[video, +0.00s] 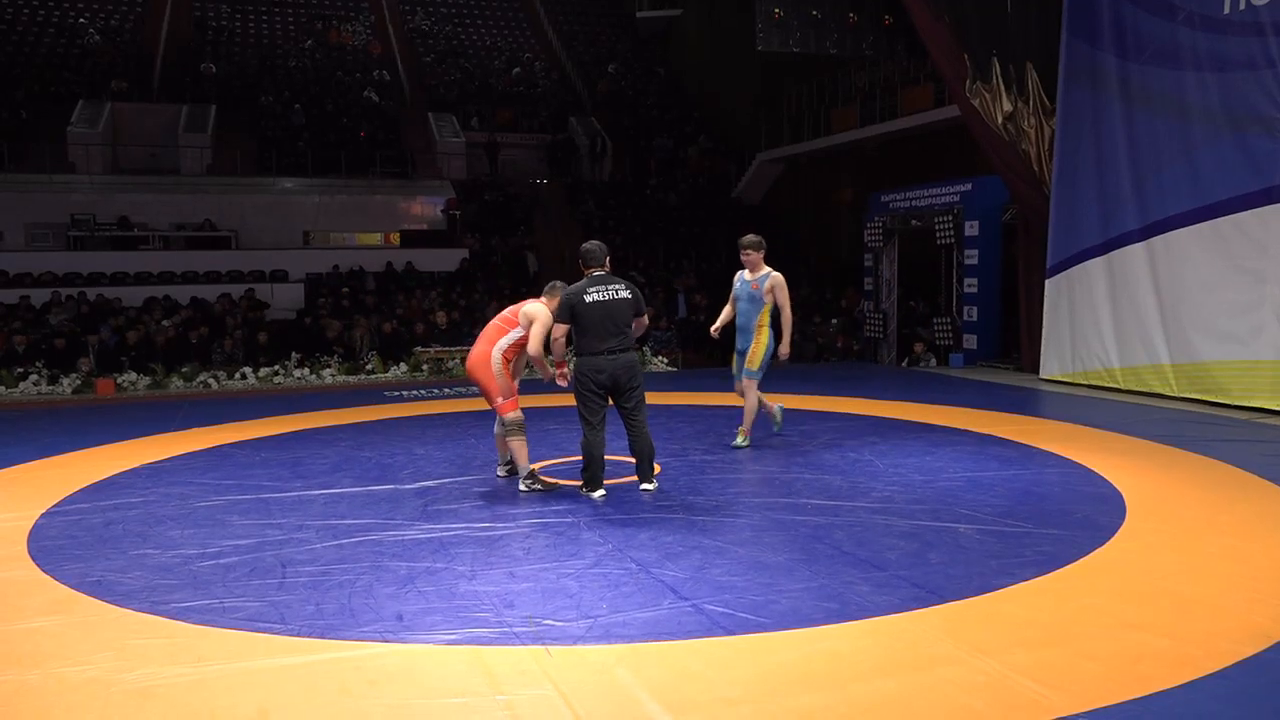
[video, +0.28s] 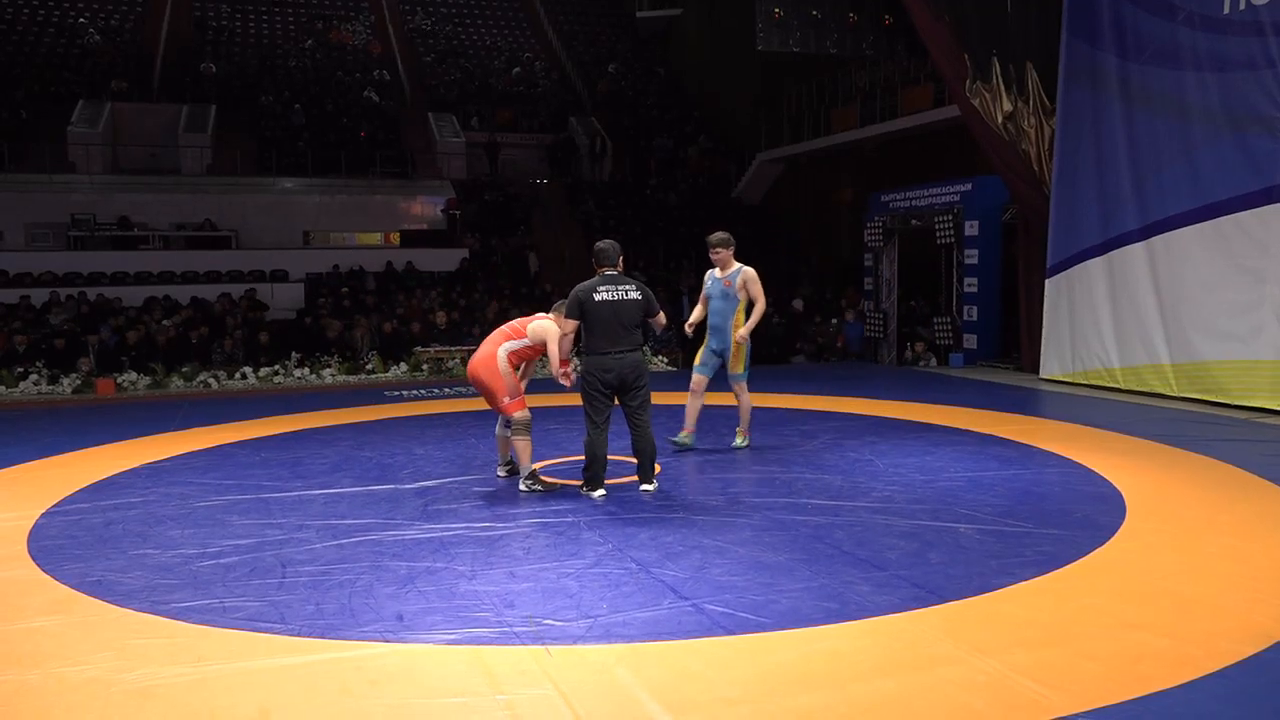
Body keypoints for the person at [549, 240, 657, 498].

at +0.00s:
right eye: (609, 260)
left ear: (581, 266)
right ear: (608, 262)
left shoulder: (572, 294)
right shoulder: (628, 288)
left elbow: (558, 337)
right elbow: (641, 323)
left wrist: (559, 365)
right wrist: (624, 339)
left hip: (590, 366)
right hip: (625, 363)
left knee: (593, 427)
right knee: (636, 420)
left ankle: (593, 485)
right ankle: (647, 478)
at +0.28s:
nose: (622, 262)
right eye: (622, 259)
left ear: (595, 264)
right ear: (620, 262)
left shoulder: (581, 292)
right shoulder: (638, 289)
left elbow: (568, 332)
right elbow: (660, 322)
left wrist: (563, 363)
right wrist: (642, 315)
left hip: (596, 366)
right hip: (632, 363)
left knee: (596, 426)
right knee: (640, 421)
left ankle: (594, 484)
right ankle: (647, 479)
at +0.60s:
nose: (639, 261)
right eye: (639, 258)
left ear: (612, 262)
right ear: (639, 261)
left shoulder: (599, 288)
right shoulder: (654, 288)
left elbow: (580, 326)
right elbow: (669, 320)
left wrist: (588, 350)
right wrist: (649, 320)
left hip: (609, 362)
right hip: (645, 362)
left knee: (603, 422)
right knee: (648, 420)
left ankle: (597, 481)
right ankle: (651, 479)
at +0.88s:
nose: (619, 263)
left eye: (619, 260)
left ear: (620, 262)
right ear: (648, 261)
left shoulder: (608, 287)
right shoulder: (663, 290)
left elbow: (590, 324)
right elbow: (664, 323)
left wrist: (613, 332)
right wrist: (642, 326)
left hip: (616, 362)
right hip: (651, 361)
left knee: (605, 421)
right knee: (650, 421)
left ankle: (596, 479)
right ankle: (650, 480)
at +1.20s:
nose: (627, 263)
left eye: (628, 260)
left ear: (630, 262)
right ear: (656, 262)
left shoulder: (619, 287)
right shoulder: (672, 289)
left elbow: (600, 323)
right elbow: (678, 324)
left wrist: (623, 318)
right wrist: (656, 318)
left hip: (625, 361)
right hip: (660, 362)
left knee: (612, 420)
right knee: (658, 421)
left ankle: (601, 476)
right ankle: (655, 480)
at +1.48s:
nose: (630, 263)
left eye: (631, 260)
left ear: (635, 262)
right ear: (662, 261)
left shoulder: (623, 287)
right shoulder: (679, 288)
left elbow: (607, 323)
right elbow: (678, 318)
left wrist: (636, 317)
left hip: (630, 361)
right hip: (665, 362)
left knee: (616, 418)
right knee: (663, 420)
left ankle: (606, 474)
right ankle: (659, 480)